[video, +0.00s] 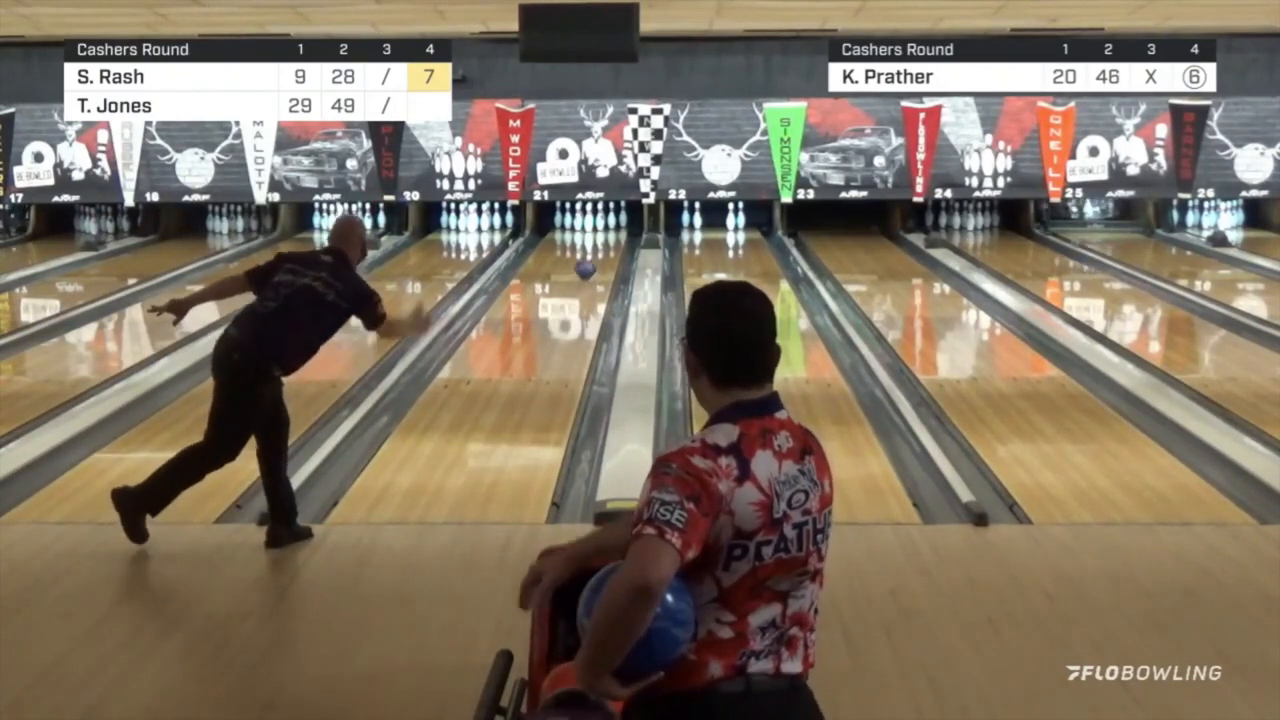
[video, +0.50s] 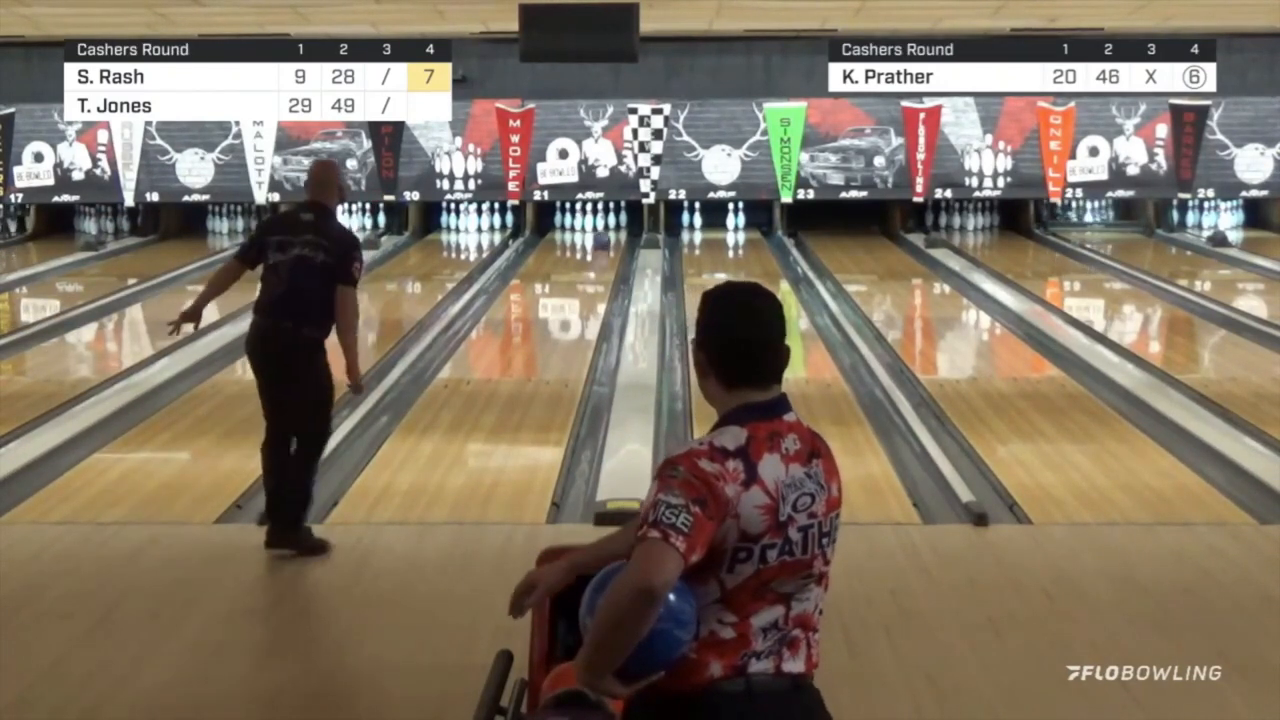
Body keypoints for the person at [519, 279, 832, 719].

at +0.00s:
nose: (685, 361)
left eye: (685, 350)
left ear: (691, 362)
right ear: (775, 356)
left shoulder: (691, 467)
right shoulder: (808, 449)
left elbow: (646, 579)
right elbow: (686, 516)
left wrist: (591, 669)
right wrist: (577, 553)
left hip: (693, 699)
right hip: (787, 694)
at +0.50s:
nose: (693, 357)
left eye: (694, 347)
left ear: (701, 360)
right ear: (782, 357)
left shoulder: (701, 468)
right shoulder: (816, 452)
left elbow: (650, 581)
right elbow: (674, 518)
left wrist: (590, 672)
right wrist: (569, 565)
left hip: (699, 697)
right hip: (793, 691)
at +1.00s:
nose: (700, 354)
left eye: (701, 345)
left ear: (705, 358)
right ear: (791, 359)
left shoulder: (704, 468)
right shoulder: (821, 451)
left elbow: (652, 582)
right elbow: (680, 509)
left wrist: (594, 673)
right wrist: (575, 542)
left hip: (702, 700)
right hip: (799, 694)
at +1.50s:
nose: (702, 354)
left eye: (703, 343)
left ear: (710, 359)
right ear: (794, 358)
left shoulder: (709, 469)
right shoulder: (823, 452)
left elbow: (661, 587)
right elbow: (675, 519)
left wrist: (601, 681)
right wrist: (579, 560)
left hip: (708, 698)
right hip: (803, 693)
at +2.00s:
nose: (705, 350)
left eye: (706, 341)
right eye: (707, 340)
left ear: (712, 355)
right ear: (795, 359)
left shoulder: (706, 467)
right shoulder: (822, 453)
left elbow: (657, 582)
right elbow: (673, 522)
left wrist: (598, 678)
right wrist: (571, 565)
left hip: (706, 701)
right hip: (802, 695)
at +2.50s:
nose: (699, 348)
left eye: (701, 338)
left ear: (706, 353)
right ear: (792, 358)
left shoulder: (677, 466)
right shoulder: (837, 461)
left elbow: (615, 578)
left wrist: (579, 674)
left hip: (700, 696)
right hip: (817, 695)